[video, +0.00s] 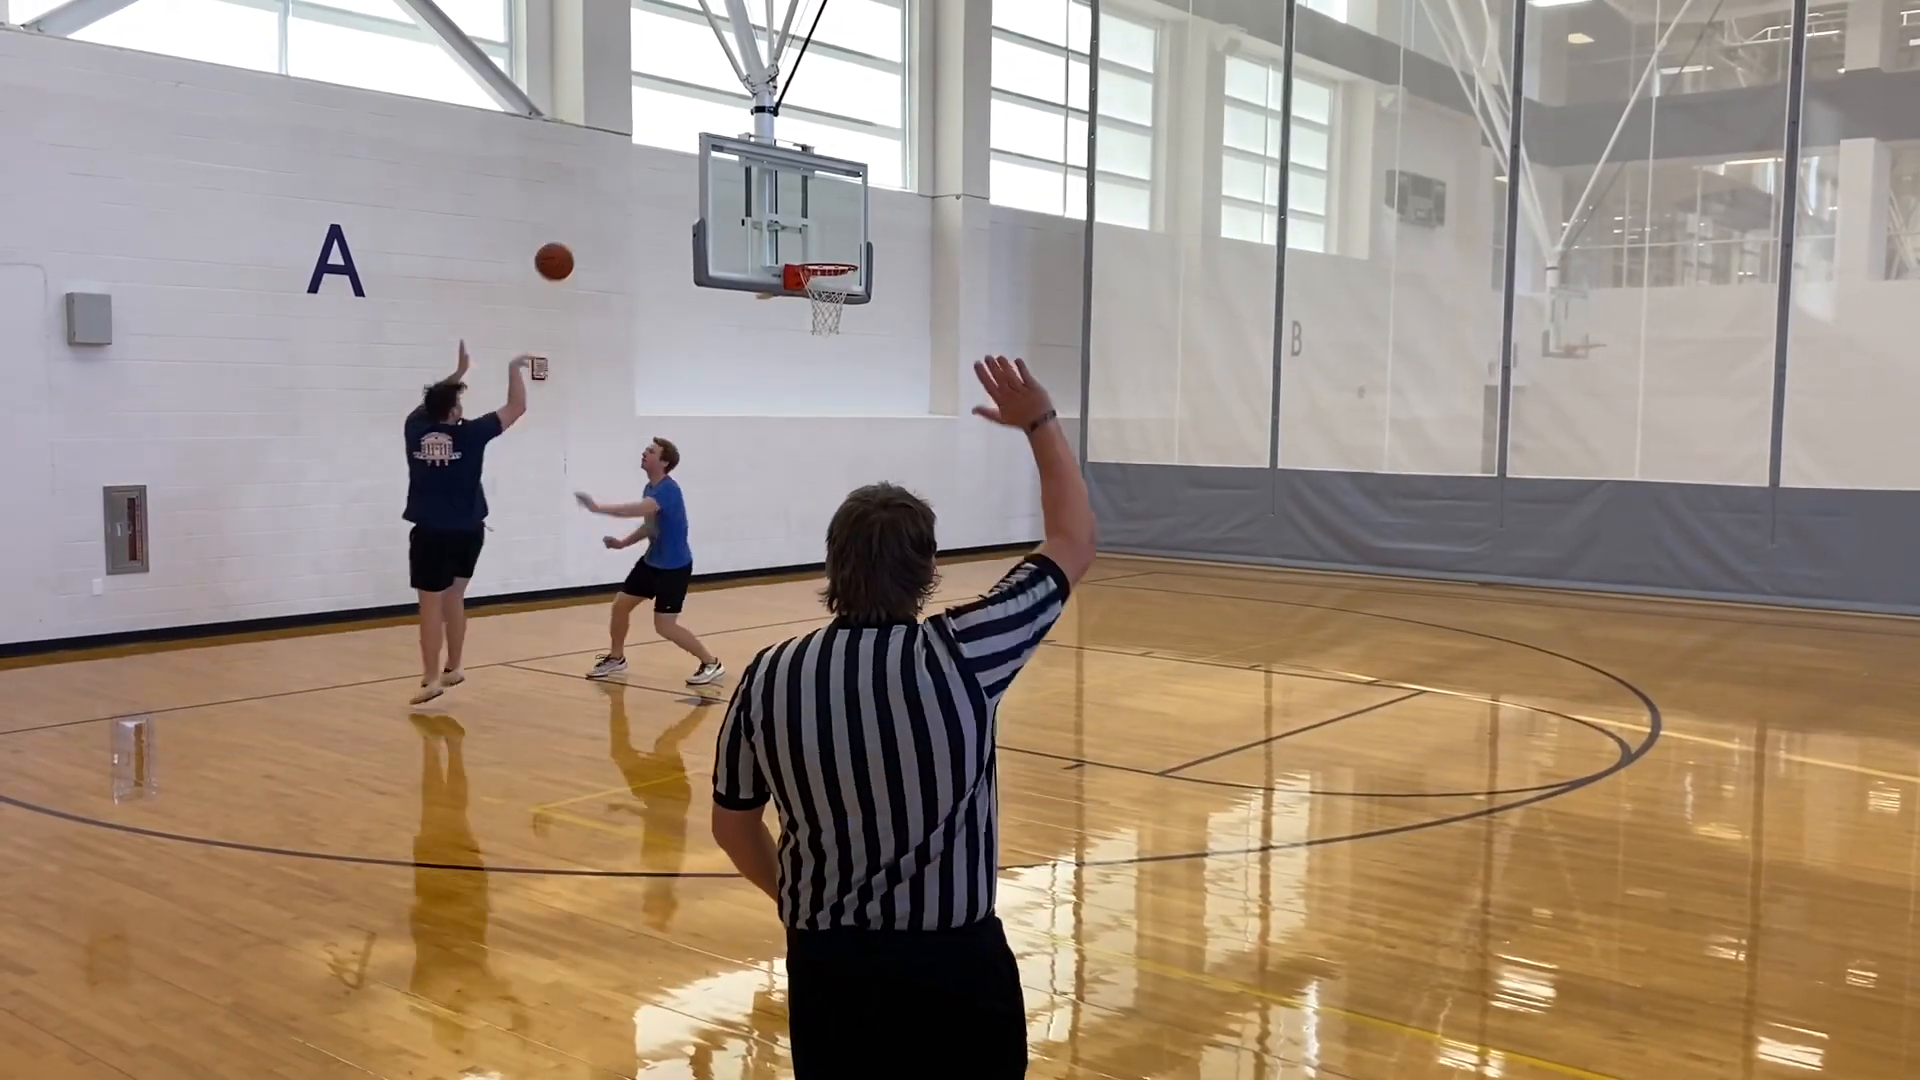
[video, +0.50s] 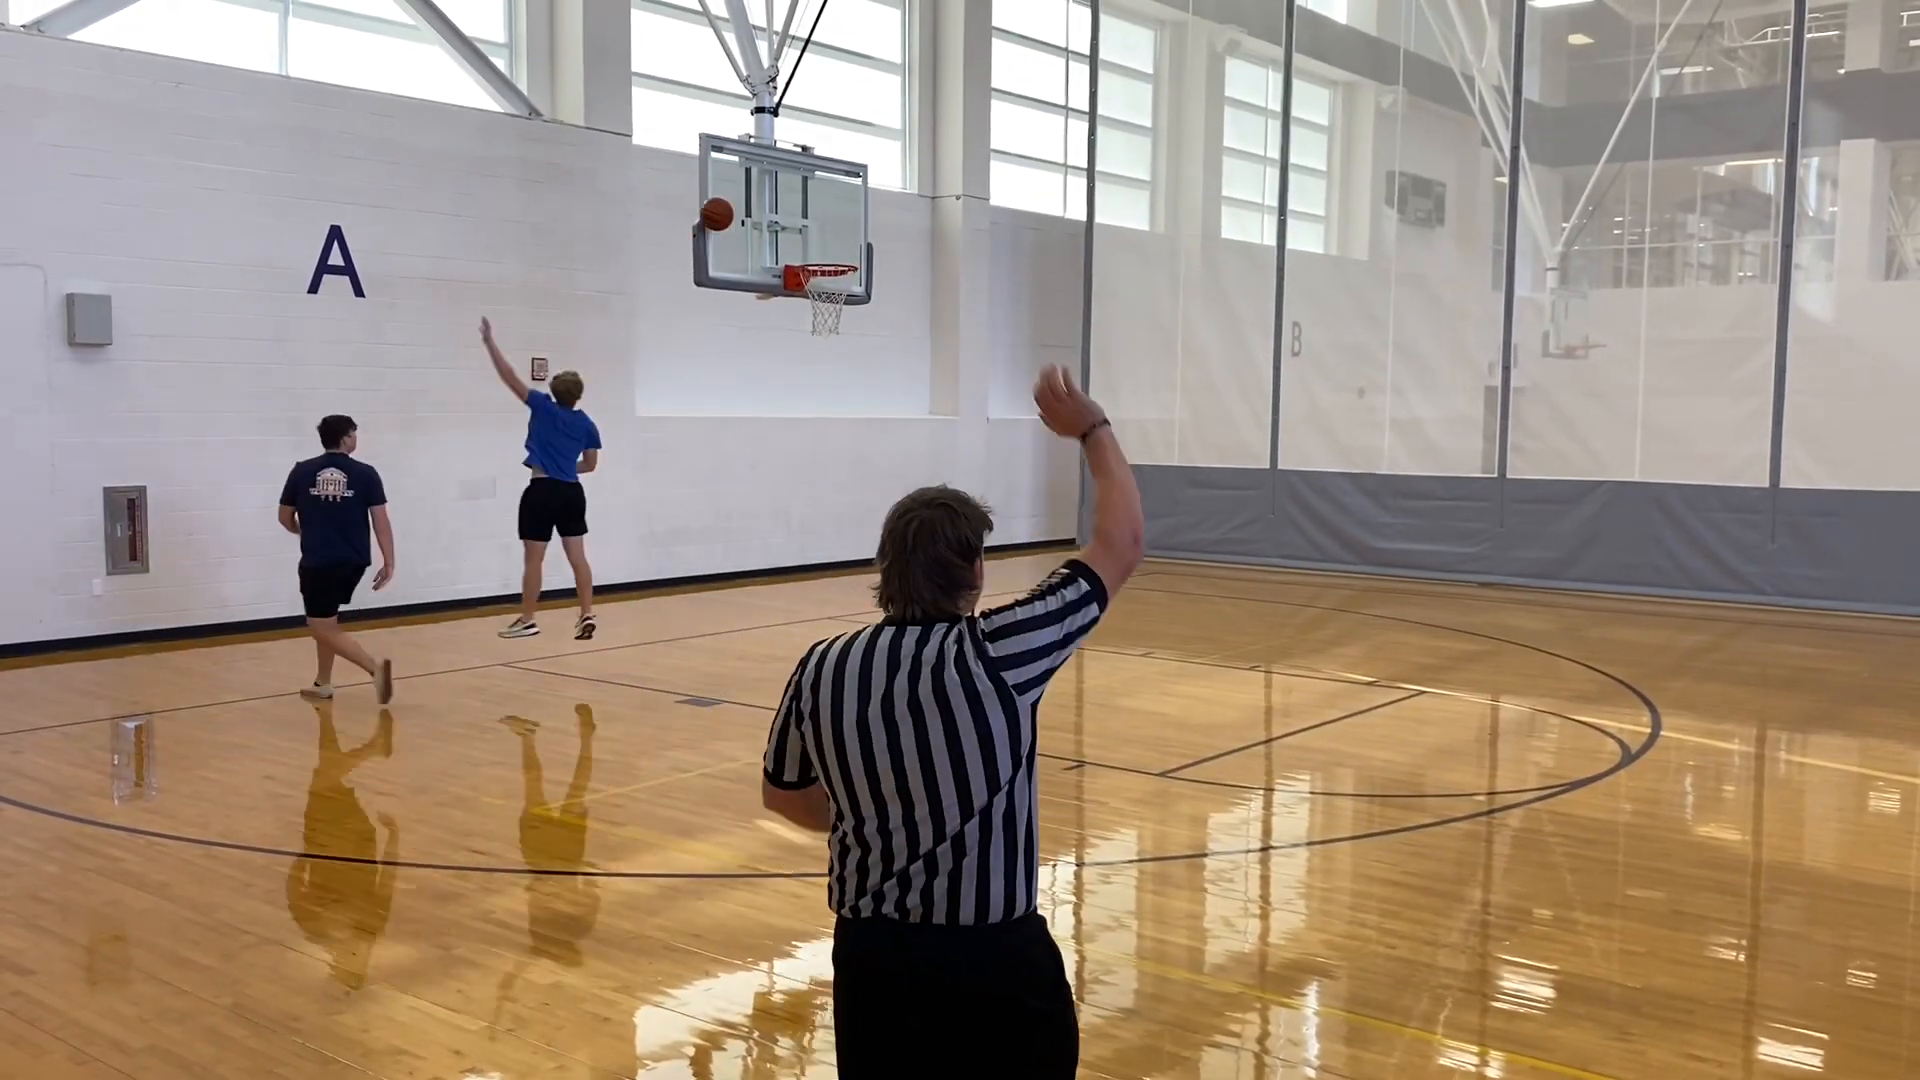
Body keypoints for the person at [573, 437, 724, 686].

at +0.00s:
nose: (644, 454)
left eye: (651, 452)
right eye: (647, 450)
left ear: (663, 462)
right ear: (655, 461)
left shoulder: (668, 490)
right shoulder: (650, 489)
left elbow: (637, 509)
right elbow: (649, 527)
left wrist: (598, 508)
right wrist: (623, 543)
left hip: (675, 567)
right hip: (652, 562)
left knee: (665, 625)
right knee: (621, 606)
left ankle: (711, 664)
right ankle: (616, 659)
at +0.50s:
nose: (551, 387)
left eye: (553, 385)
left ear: (554, 391)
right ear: (579, 395)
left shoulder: (542, 406)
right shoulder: (586, 425)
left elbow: (510, 377)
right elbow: (590, 465)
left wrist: (489, 342)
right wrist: (564, 467)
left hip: (540, 492)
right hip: (572, 494)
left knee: (533, 560)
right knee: (578, 558)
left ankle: (527, 619)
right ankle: (587, 615)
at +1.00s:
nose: (501, 447)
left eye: (499, 443)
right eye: (498, 443)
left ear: (474, 450)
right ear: (491, 447)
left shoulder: (460, 478)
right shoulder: (509, 471)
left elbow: (459, 524)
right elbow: (525, 509)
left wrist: (475, 540)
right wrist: (531, 544)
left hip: (475, 552)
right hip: (509, 548)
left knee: (461, 602)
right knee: (515, 593)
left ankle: (439, 658)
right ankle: (508, 638)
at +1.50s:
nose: (552, 445)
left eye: (552, 440)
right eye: (549, 441)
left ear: (530, 443)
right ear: (535, 441)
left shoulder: (505, 463)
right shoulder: (541, 464)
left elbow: (488, 501)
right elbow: (540, 501)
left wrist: (507, 519)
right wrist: (545, 534)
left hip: (502, 536)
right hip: (528, 536)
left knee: (501, 587)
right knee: (524, 591)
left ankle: (468, 624)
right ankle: (515, 645)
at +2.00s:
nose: (604, 447)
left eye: (605, 442)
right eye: (601, 442)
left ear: (586, 444)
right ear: (585, 442)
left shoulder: (569, 463)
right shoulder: (582, 467)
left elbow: (556, 498)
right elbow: (577, 509)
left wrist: (587, 524)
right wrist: (593, 536)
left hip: (566, 533)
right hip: (573, 535)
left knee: (591, 582)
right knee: (556, 591)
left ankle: (598, 637)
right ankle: (521, 637)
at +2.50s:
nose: (661, 444)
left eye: (663, 440)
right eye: (657, 439)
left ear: (663, 442)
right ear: (644, 440)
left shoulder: (654, 465)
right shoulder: (632, 467)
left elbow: (657, 498)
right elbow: (621, 506)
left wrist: (679, 516)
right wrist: (638, 536)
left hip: (644, 533)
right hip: (634, 535)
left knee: (620, 582)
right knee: (656, 584)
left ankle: (601, 632)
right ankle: (679, 635)